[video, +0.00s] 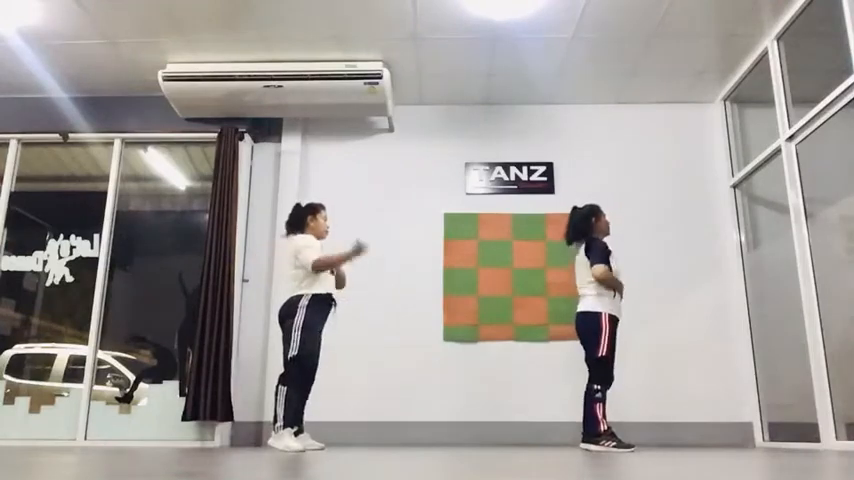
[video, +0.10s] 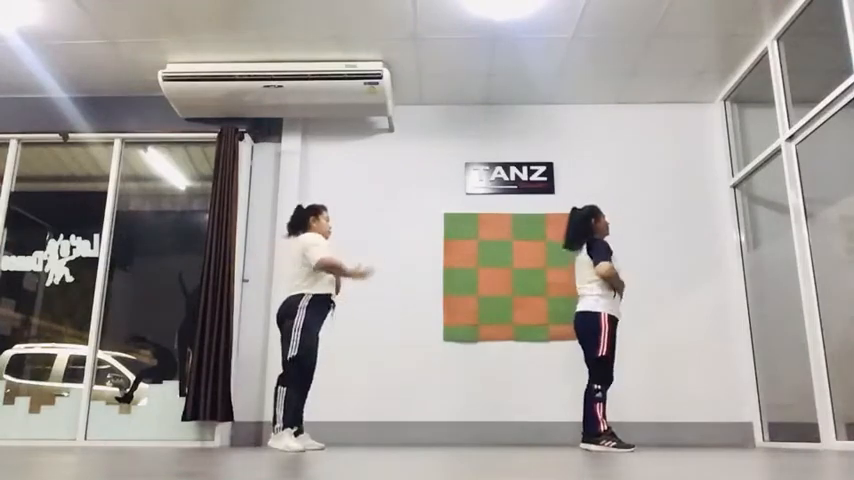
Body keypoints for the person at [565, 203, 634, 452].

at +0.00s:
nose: (608, 221)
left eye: (605, 216)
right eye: (604, 217)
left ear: (590, 223)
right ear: (595, 222)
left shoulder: (584, 247)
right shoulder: (597, 245)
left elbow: (589, 278)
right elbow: (600, 272)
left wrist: (609, 283)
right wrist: (617, 284)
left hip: (588, 312)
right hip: (600, 314)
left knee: (598, 375)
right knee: (601, 375)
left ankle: (593, 432)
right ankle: (597, 433)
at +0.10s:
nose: (607, 221)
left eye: (604, 217)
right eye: (603, 218)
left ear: (590, 224)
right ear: (594, 223)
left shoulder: (585, 247)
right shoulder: (598, 245)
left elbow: (587, 278)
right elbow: (605, 270)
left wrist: (611, 285)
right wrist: (619, 284)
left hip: (587, 312)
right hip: (599, 313)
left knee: (597, 375)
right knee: (601, 375)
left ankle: (593, 432)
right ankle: (598, 433)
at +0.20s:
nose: (606, 222)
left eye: (604, 218)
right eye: (602, 219)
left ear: (589, 225)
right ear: (593, 224)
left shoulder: (584, 247)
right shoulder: (599, 241)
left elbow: (589, 278)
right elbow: (608, 264)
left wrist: (612, 284)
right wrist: (621, 282)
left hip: (584, 313)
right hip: (598, 314)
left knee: (597, 375)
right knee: (602, 374)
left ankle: (592, 433)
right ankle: (599, 433)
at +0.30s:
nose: (605, 225)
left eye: (603, 221)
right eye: (602, 222)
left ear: (587, 229)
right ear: (594, 226)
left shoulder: (582, 251)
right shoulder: (601, 241)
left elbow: (585, 282)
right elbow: (611, 261)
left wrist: (611, 285)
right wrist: (624, 285)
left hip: (580, 314)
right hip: (596, 314)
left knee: (595, 375)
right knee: (605, 373)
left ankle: (591, 433)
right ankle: (600, 433)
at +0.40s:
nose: (607, 237)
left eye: (605, 233)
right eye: (605, 233)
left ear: (584, 239)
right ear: (597, 235)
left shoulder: (579, 259)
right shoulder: (602, 246)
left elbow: (581, 290)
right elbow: (616, 271)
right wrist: (619, 296)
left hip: (576, 319)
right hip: (594, 319)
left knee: (600, 376)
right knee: (613, 374)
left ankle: (591, 433)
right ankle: (600, 432)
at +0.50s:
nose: (617, 254)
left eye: (618, 250)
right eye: (616, 249)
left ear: (595, 244)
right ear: (605, 243)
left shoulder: (578, 263)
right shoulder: (604, 258)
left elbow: (579, 297)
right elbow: (616, 290)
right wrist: (611, 307)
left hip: (577, 330)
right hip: (593, 329)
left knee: (611, 379)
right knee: (623, 378)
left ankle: (592, 433)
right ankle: (599, 433)